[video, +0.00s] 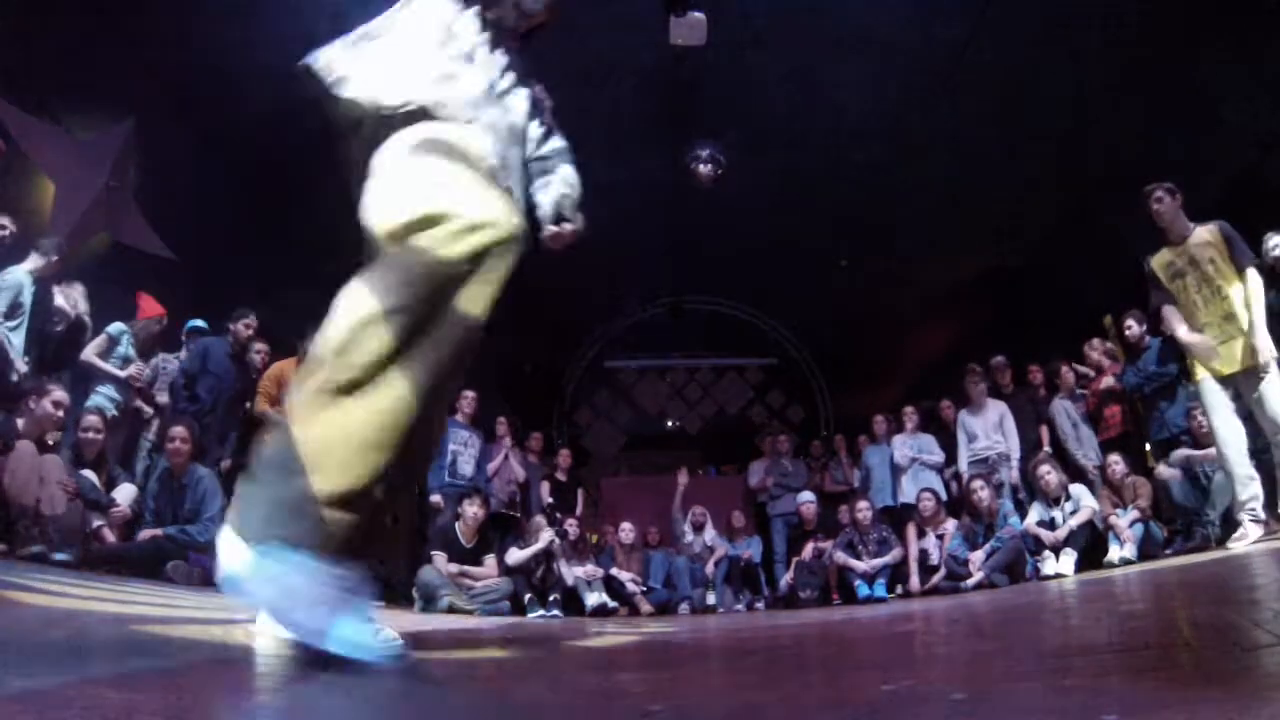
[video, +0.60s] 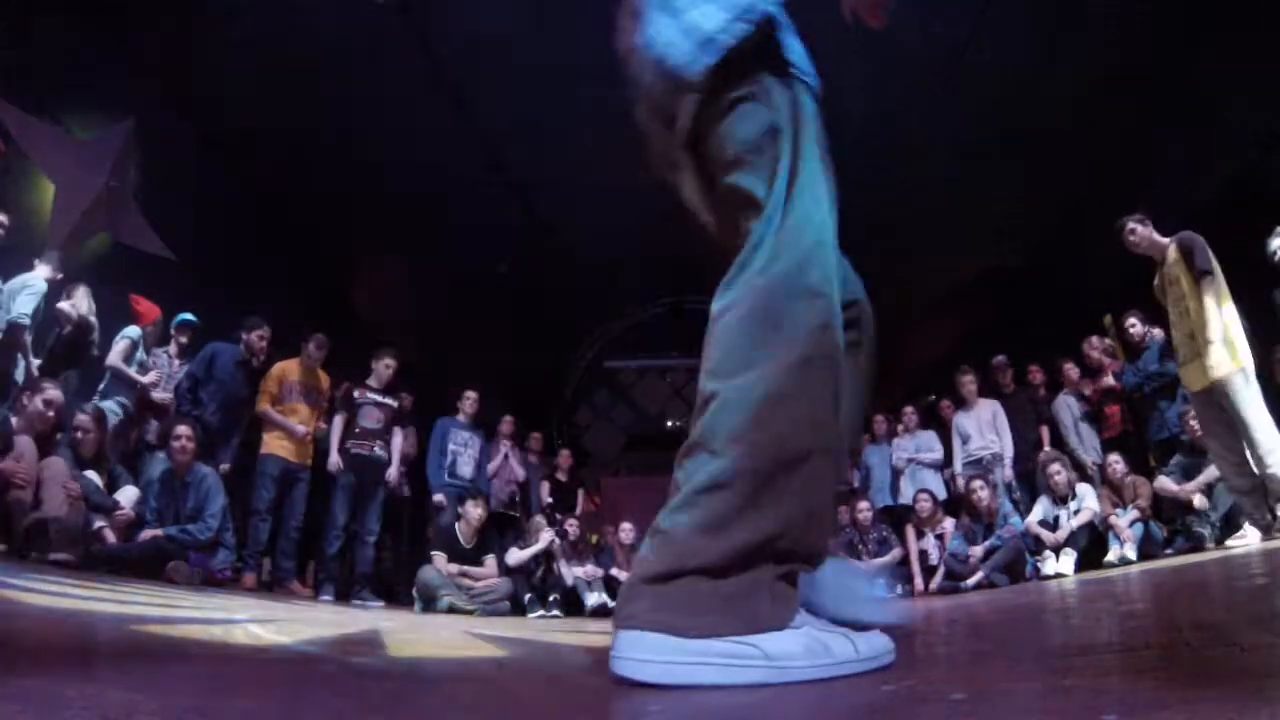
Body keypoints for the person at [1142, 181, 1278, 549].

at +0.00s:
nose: (1155, 207)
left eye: (1160, 199)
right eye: (1150, 204)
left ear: (1178, 200)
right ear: (1150, 214)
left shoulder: (1218, 232)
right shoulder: (1156, 263)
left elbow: (1252, 277)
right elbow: (1166, 308)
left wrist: (1260, 333)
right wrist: (1184, 333)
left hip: (1248, 346)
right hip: (1205, 360)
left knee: (1276, 427)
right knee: (1228, 440)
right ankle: (1252, 518)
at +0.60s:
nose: (1133, 240)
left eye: (1133, 231)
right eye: (1127, 240)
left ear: (1148, 225)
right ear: (1130, 248)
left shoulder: (1186, 243)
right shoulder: (1159, 283)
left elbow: (1210, 296)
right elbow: (1179, 325)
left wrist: (1213, 347)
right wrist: (1187, 368)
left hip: (1225, 358)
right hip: (1194, 374)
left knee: (1261, 439)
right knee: (1225, 454)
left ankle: (1276, 510)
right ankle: (1257, 520)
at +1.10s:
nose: (1149, 219)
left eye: (1152, 211)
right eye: (1144, 218)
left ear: (1168, 209)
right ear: (1145, 229)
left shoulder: (1210, 230)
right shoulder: (1161, 275)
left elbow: (1240, 272)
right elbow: (1162, 330)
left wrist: (1244, 321)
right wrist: (1160, 384)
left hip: (1253, 339)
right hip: (1213, 356)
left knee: (1277, 417)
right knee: (1232, 442)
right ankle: (1253, 520)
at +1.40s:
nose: (1162, 203)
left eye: (1166, 194)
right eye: (1156, 200)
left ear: (1184, 195)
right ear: (1157, 213)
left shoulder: (1228, 227)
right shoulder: (1165, 258)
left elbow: (1268, 267)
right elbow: (1172, 306)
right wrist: (1189, 344)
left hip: (1265, 337)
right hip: (1219, 356)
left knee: (1279, 422)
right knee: (1249, 437)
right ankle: (1269, 515)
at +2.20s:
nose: (1145, 218)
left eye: (1149, 209)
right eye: (1141, 215)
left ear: (1166, 207)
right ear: (1141, 226)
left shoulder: (1200, 234)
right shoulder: (1156, 273)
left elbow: (1226, 286)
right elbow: (1164, 331)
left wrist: (1225, 347)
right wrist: (1167, 390)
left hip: (1242, 351)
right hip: (1204, 370)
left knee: (1274, 435)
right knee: (1237, 452)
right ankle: (1268, 513)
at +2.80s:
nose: (1147, 220)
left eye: (1148, 213)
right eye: (1140, 221)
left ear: (1161, 214)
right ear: (1139, 235)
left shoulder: (1198, 227)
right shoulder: (1158, 279)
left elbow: (1233, 261)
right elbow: (1177, 330)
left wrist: (1254, 307)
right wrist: (1190, 379)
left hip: (1248, 331)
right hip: (1211, 355)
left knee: (1276, 411)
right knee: (1244, 436)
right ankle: (1267, 516)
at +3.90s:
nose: (1147, 218)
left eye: (1150, 211)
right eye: (1140, 218)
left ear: (1165, 214)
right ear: (1139, 233)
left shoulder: (1198, 234)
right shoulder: (1162, 280)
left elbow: (1248, 275)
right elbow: (1188, 320)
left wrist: (1275, 326)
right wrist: (1192, 355)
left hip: (1241, 346)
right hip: (1204, 364)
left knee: (1270, 434)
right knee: (1219, 441)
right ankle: (1265, 515)